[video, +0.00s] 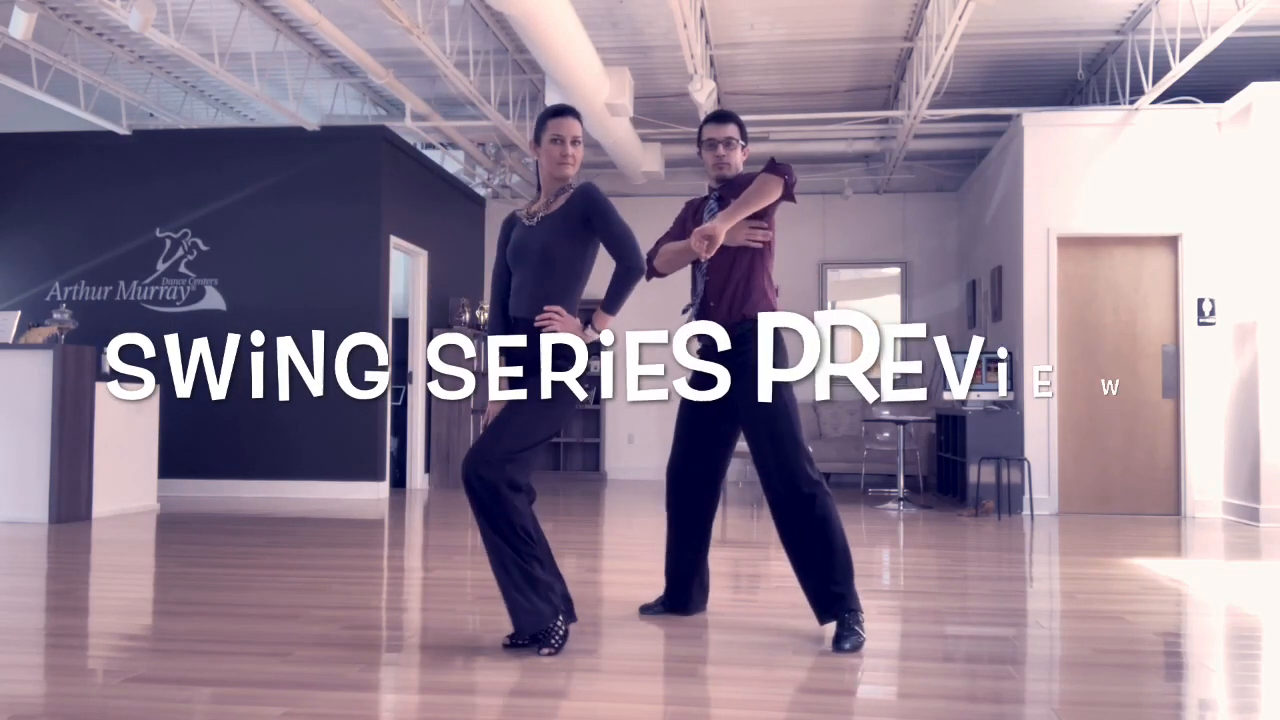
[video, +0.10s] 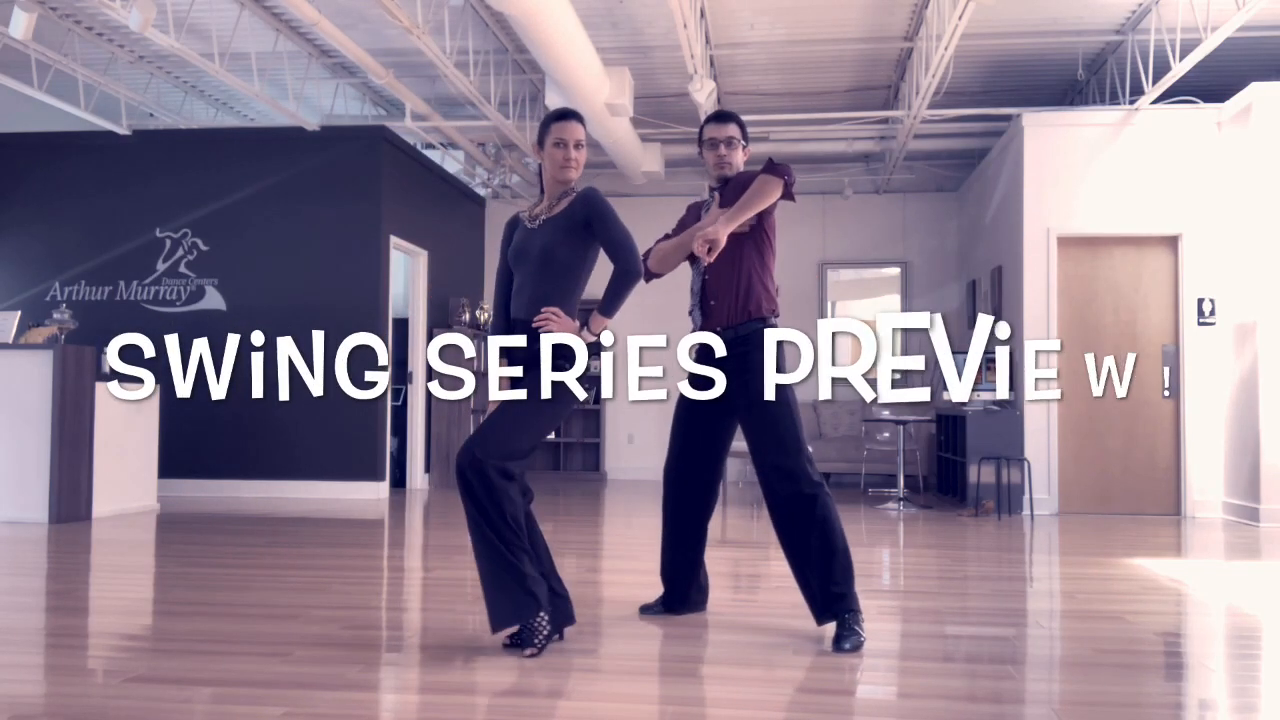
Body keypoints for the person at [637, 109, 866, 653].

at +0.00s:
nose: (720, 152)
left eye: (729, 144)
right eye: (711, 145)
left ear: (744, 148)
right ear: (699, 154)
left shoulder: (760, 184)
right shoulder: (694, 210)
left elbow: (778, 180)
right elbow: (655, 264)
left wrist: (722, 221)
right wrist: (695, 244)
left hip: (757, 346)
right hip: (706, 350)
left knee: (792, 476)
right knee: (688, 475)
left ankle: (844, 609)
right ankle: (684, 593)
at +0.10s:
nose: (721, 151)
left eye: (730, 143)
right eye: (712, 145)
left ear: (745, 148)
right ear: (700, 154)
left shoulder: (756, 182)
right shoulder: (696, 212)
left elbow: (777, 179)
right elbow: (652, 266)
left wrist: (720, 224)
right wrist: (692, 237)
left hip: (755, 344)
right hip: (706, 350)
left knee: (790, 476)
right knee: (686, 473)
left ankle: (844, 610)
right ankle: (683, 591)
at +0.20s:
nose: (721, 152)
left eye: (730, 143)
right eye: (712, 145)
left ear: (747, 149)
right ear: (701, 155)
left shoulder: (762, 183)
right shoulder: (695, 211)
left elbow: (770, 192)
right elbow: (649, 259)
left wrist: (715, 228)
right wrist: (697, 230)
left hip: (757, 345)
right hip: (706, 352)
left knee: (795, 478)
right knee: (685, 475)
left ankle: (843, 610)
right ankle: (682, 592)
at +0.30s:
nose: (720, 154)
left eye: (728, 145)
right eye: (710, 147)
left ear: (747, 152)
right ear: (700, 156)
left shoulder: (765, 194)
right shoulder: (689, 210)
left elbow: (777, 201)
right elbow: (649, 256)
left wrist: (716, 226)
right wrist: (686, 237)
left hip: (758, 346)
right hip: (710, 354)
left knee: (796, 475)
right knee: (685, 475)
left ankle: (843, 610)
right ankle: (684, 594)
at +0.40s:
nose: (717, 156)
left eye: (726, 148)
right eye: (708, 149)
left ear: (743, 155)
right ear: (698, 158)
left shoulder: (760, 202)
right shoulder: (684, 213)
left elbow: (790, 203)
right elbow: (649, 263)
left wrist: (724, 228)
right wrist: (690, 245)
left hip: (760, 350)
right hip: (709, 358)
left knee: (800, 476)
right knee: (678, 475)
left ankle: (843, 612)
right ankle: (685, 594)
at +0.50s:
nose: (717, 159)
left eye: (726, 151)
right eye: (708, 152)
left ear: (744, 158)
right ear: (698, 161)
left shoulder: (766, 197)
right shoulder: (683, 216)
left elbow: (767, 208)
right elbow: (648, 271)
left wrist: (713, 230)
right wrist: (684, 255)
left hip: (761, 353)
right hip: (706, 359)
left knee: (799, 478)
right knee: (675, 477)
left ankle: (843, 612)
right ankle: (683, 593)